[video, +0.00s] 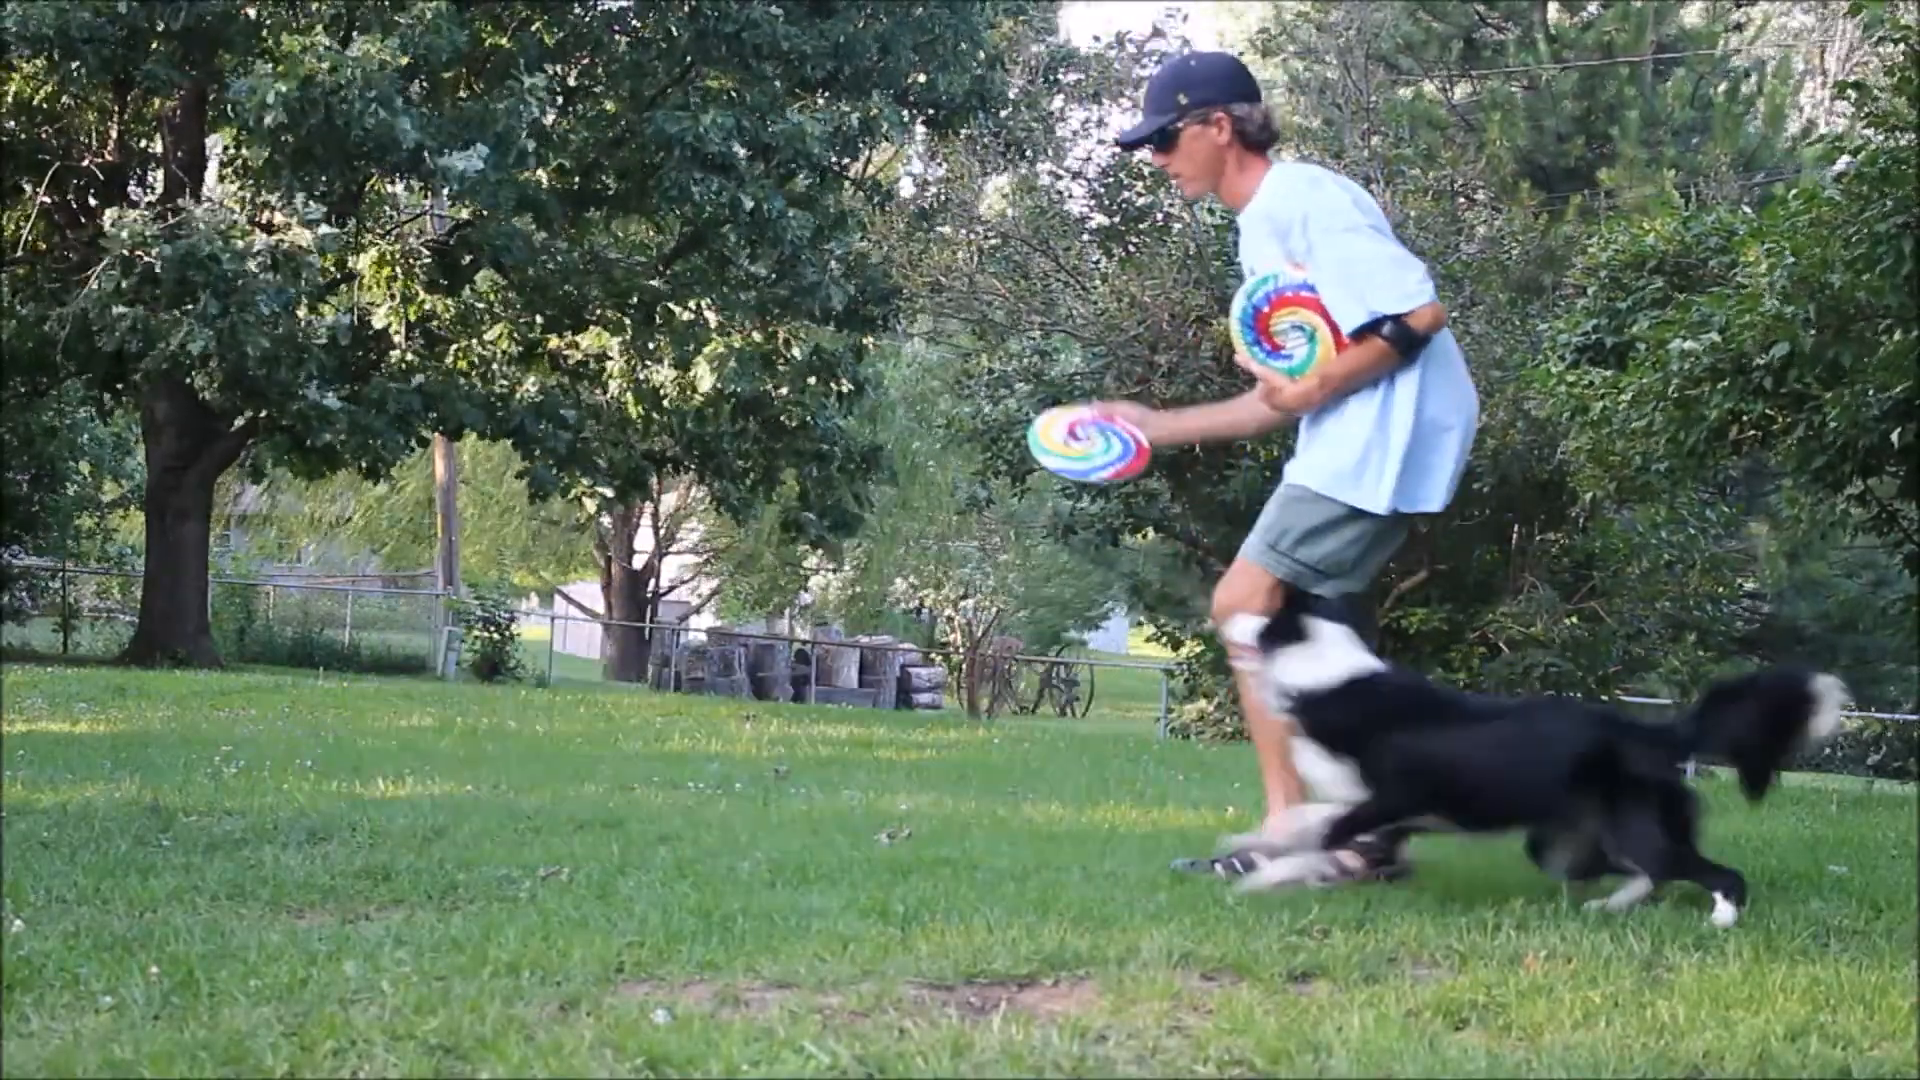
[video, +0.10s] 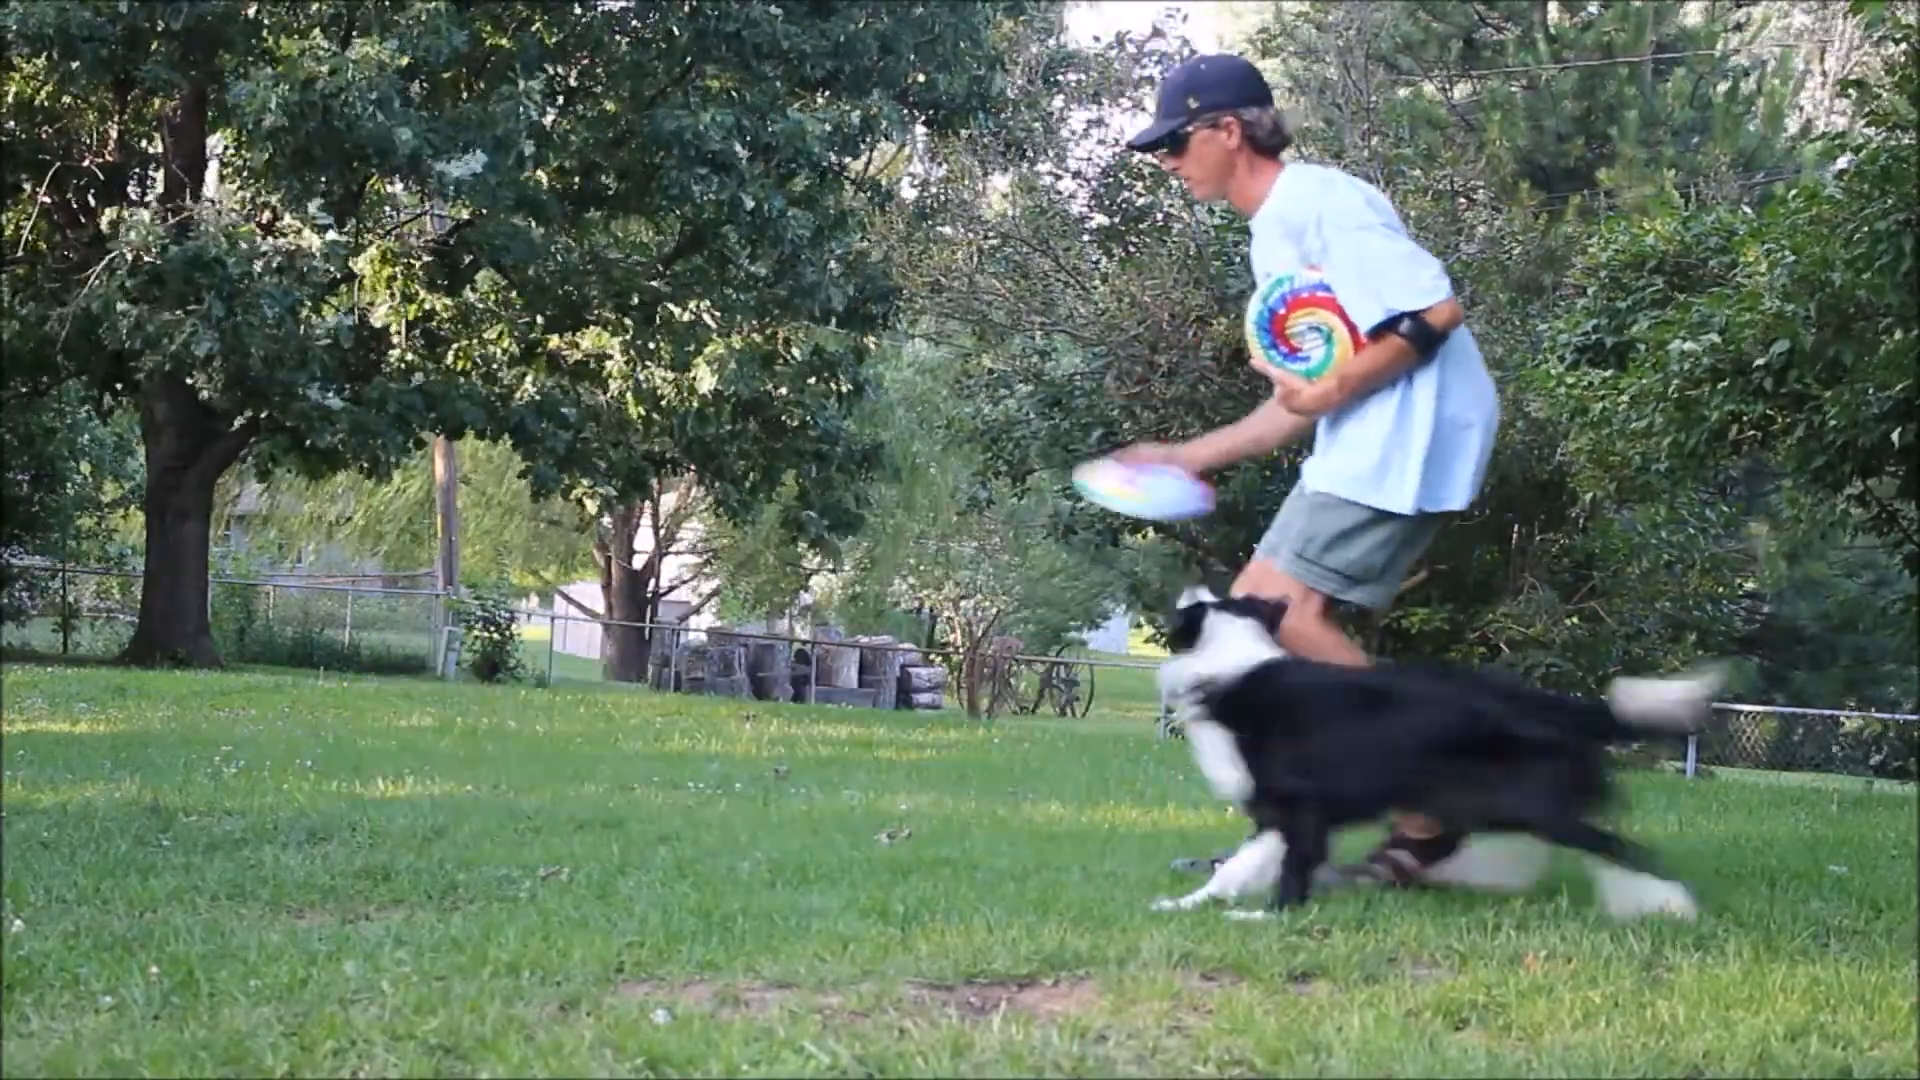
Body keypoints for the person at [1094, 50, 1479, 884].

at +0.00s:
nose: (1160, 164)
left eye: (1167, 143)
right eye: (1156, 148)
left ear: (1220, 128)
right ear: (1218, 135)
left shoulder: (1310, 198)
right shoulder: (1260, 232)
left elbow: (1415, 315)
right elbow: (1283, 397)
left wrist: (1316, 384)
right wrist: (1156, 425)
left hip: (1382, 443)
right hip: (1351, 444)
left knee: (1243, 604)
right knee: (1299, 623)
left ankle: (1293, 825)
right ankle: (1362, 826)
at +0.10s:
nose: (1170, 167)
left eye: (1178, 146)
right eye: (1166, 151)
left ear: (1230, 133)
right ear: (1222, 138)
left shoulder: (1319, 201)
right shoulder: (1273, 235)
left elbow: (1432, 310)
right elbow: (1301, 400)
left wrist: (1330, 388)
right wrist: (1187, 457)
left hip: (1403, 448)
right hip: (1363, 448)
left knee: (1276, 606)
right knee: (1274, 620)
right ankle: (1289, 831)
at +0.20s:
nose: (1186, 162)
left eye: (1194, 142)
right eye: (1182, 146)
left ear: (1244, 130)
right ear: (1237, 134)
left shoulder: (1337, 196)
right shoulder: (1291, 235)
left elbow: (1451, 308)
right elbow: (1324, 395)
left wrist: (1346, 389)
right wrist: (1231, 467)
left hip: (1435, 442)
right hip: (1386, 446)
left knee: (1324, 614)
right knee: (1281, 602)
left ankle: (1462, 834)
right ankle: (1297, 837)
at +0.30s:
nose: (1214, 151)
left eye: (1220, 131)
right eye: (1211, 135)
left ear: (1266, 122)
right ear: (1263, 124)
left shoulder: (1362, 188)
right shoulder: (1318, 219)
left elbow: (1472, 301)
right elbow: (1356, 375)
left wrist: (1366, 382)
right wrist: (1275, 454)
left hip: (1467, 435)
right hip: (1423, 436)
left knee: (1363, 615)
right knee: (1329, 604)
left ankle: (1469, 847)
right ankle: (1303, 832)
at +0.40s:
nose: (1250, 129)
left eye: (1255, 111)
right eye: (1248, 113)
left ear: (1297, 105)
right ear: (1306, 105)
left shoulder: (1383, 175)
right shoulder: (1361, 190)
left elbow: (1489, 294)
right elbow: (1388, 356)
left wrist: (1384, 371)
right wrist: (1299, 437)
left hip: (1497, 415)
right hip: (1465, 415)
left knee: (1395, 608)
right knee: (1375, 607)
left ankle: (1471, 850)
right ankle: (1315, 831)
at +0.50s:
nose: (1289, 109)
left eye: (1292, 90)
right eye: (1287, 92)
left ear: (1328, 86)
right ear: (1354, 85)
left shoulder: (1408, 159)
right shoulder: (1397, 167)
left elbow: (1504, 289)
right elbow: (1460, 321)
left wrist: (1401, 359)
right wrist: (1366, 410)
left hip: (1518, 404)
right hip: (1496, 404)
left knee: (1419, 600)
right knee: (1399, 598)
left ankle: (1472, 849)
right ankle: (1347, 819)